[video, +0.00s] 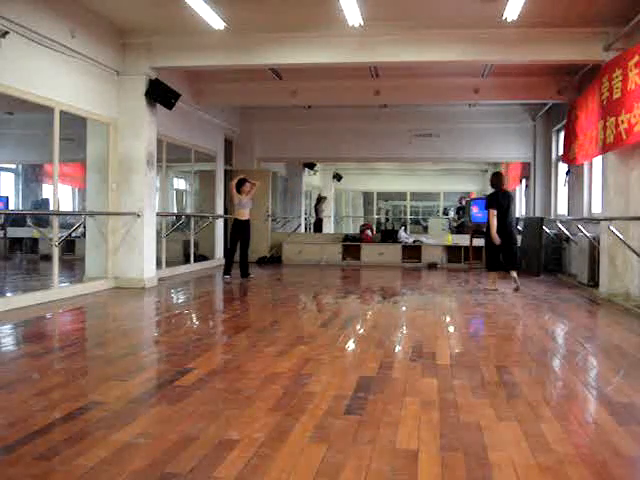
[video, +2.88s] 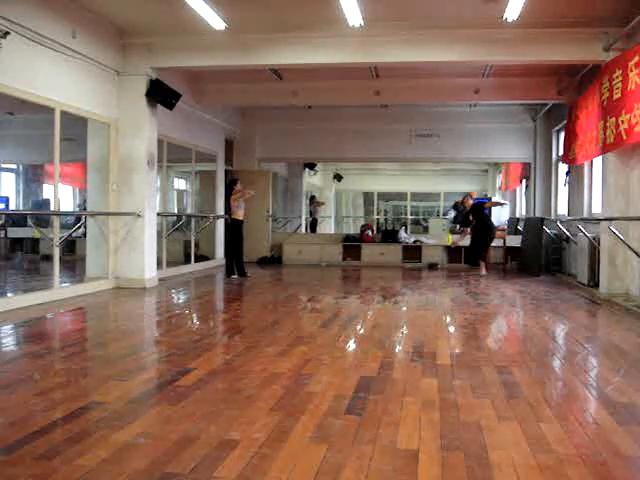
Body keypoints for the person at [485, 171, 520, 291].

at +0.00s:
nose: (491, 183)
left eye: (491, 180)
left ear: (492, 182)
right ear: (503, 181)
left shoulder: (492, 196)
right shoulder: (509, 195)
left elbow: (493, 216)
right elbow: (510, 214)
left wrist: (493, 232)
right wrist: (510, 228)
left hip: (496, 229)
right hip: (508, 230)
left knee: (493, 256)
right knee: (509, 255)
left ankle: (493, 283)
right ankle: (515, 277)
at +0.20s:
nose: (483, 183)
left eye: (484, 181)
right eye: (485, 180)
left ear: (485, 182)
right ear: (496, 181)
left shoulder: (485, 196)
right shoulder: (503, 195)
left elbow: (484, 215)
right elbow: (506, 213)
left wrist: (475, 230)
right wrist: (503, 224)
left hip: (490, 228)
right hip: (503, 227)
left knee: (489, 252)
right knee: (501, 251)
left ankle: (493, 281)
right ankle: (500, 279)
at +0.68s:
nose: (471, 190)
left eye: (472, 188)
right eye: (471, 188)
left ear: (473, 188)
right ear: (483, 186)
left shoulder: (478, 198)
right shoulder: (492, 196)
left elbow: (483, 214)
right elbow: (497, 212)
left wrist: (479, 230)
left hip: (488, 229)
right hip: (498, 228)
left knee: (481, 252)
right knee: (495, 255)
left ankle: (482, 277)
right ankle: (493, 280)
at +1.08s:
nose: (460, 192)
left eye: (460, 190)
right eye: (460, 190)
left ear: (462, 190)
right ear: (471, 188)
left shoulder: (467, 200)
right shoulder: (481, 197)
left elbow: (468, 216)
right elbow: (489, 211)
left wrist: (466, 231)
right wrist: (489, 223)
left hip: (476, 229)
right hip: (488, 227)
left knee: (473, 252)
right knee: (484, 252)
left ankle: (471, 277)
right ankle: (489, 272)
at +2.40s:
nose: (464, 196)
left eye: (464, 194)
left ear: (464, 194)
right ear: (473, 193)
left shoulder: (466, 202)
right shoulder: (479, 202)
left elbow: (466, 215)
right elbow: (488, 214)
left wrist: (461, 222)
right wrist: (487, 223)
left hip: (472, 229)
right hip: (483, 228)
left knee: (470, 248)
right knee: (481, 248)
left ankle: (472, 268)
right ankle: (482, 267)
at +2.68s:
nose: (461, 205)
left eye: (462, 203)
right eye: (461, 203)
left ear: (466, 202)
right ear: (466, 202)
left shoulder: (472, 206)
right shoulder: (469, 209)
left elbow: (480, 210)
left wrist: (477, 223)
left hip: (483, 230)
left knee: (470, 248)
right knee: (478, 249)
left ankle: (474, 268)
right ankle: (481, 268)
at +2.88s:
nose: (466, 203)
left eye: (467, 201)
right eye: (464, 202)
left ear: (471, 200)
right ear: (463, 203)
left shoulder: (477, 206)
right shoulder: (467, 215)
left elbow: (489, 204)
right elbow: (465, 231)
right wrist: (458, 241)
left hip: (488, 229)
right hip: (478, 231)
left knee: (481, 249)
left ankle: (483, 270)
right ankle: (483, 269)